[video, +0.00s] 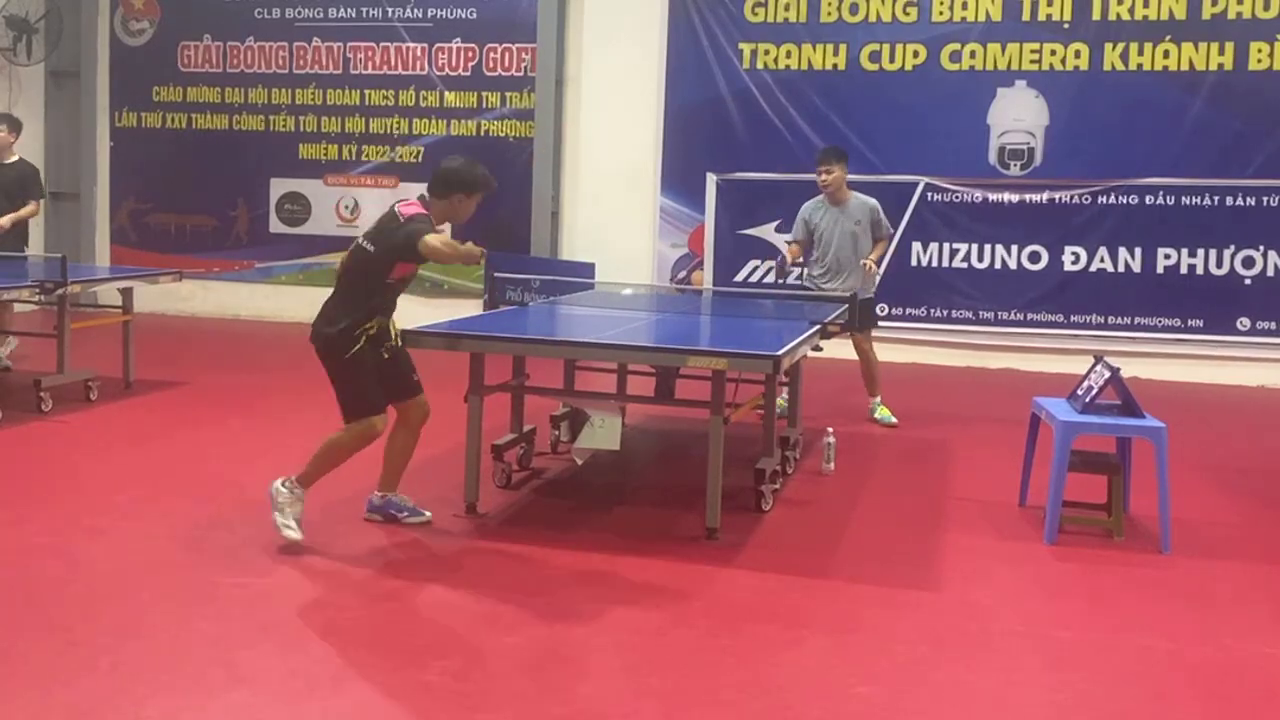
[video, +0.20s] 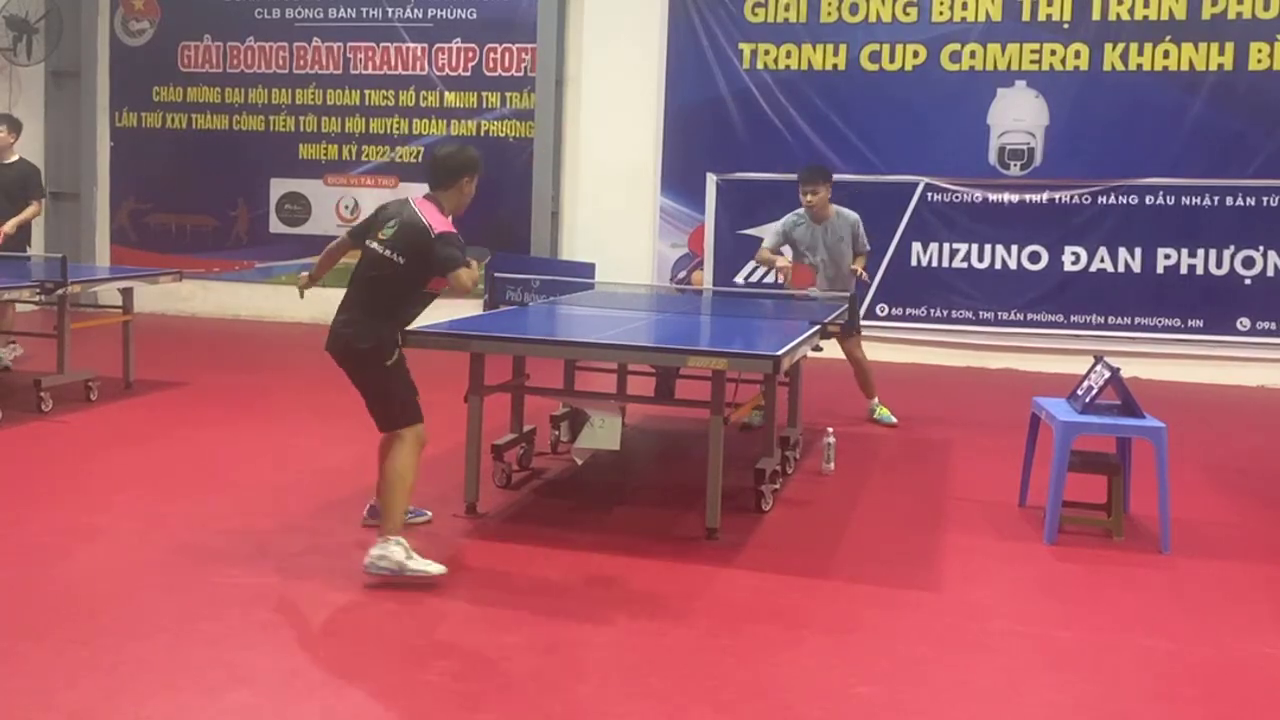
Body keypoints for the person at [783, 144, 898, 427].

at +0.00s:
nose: (823, 178)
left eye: (829, 172)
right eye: (819, 173)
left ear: (844, 172)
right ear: (816, 175)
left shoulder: (869, 207)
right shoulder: (809, 210)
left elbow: (883, 238)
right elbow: (798, 245)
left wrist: (873, 257)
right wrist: (790, 254)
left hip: (858, 292)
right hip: (816, 291)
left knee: (863, 344)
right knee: (794, 341)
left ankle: (876, 403)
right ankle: (788, 396)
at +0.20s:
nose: (808, 199)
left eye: (814, 193)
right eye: (804, 193)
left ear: (829, 191)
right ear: (799, 193)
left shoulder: (851, 221)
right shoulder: (791, 222)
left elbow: (861, 252)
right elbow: (761, 254)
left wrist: (858, 265)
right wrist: (777, 260)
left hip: (841, 301)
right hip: (803, 300)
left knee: (855, 354)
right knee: (780, 349)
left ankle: (875, 404)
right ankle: (762, 404)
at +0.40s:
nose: (808, 221)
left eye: (813, 215)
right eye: (802, 215)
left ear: (822, 211)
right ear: (793, 212)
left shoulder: (835, 227)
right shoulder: (781, 239)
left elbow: (837, 256)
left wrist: (852, 260)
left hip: (819, 302)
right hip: (784, 304)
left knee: (848, 354)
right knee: (766, 351)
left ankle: (868, 404)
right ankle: (759, 406)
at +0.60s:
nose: (813, 205)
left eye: (819, 199)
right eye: (808, 200)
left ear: (829, 199)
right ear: (801, 201)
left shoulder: (836, 216)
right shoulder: (793, 230)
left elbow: (845, 236)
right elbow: (782, 267)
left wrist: (863, 224)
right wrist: (801, 258)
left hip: (829, 304)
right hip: (793, 306)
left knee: (861, 350)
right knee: (774, 352)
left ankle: (872, 402)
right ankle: (761, 405)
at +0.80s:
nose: (825, 196)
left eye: (832, 190)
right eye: (822, 190)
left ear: (847, 193)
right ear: (818, 194)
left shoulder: (865, 223)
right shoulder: (806, 226)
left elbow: (888, 258)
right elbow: (781, 266)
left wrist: (890, 250)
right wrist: (790, 257)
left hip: (847, 302)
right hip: (807, 301)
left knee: (871, 355)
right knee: (782, 348)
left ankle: (874, 403)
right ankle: (764, 399)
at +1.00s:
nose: (822, 183)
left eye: (828, 177)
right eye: (819, 178)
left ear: (844, 179)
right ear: (816, 181)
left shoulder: (866, 213)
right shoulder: (807, 216)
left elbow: (878, 252)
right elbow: (786, 250)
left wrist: (875, 248)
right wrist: (776, 253)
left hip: (851, 297)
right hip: (811, 296)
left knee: (861, 347)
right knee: (779, 336)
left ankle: (872, 403)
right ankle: (754, 386)